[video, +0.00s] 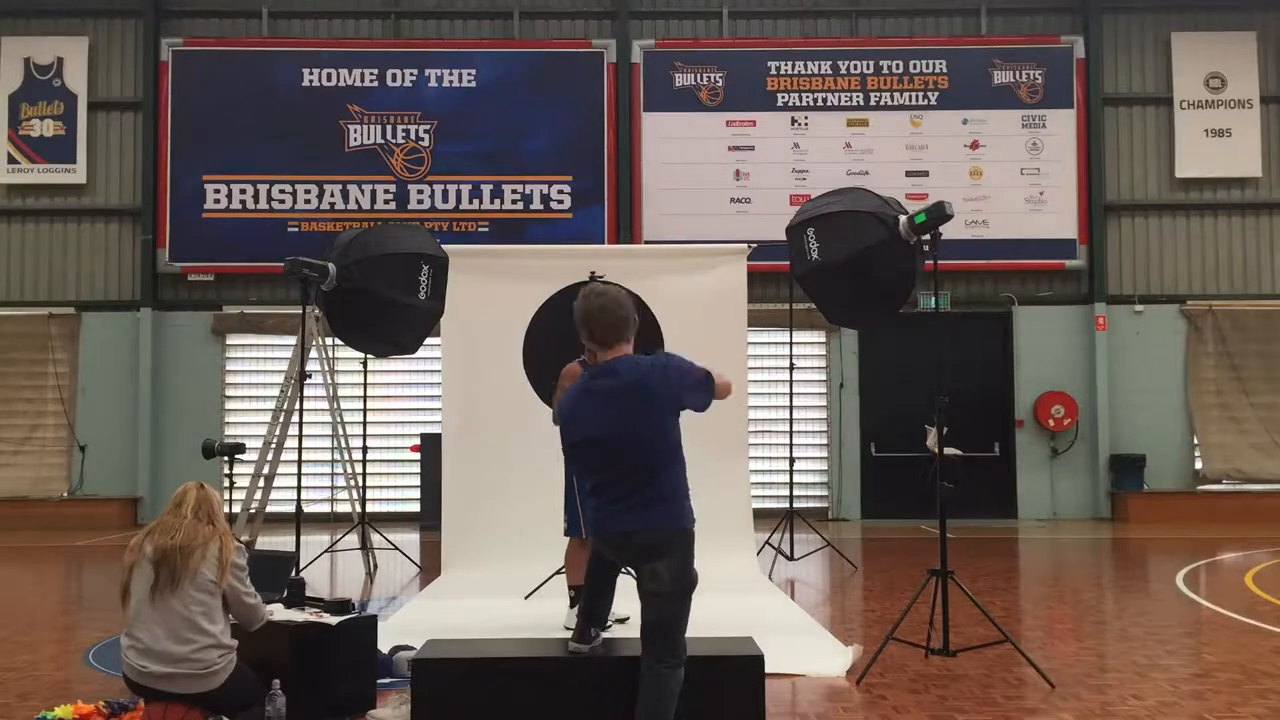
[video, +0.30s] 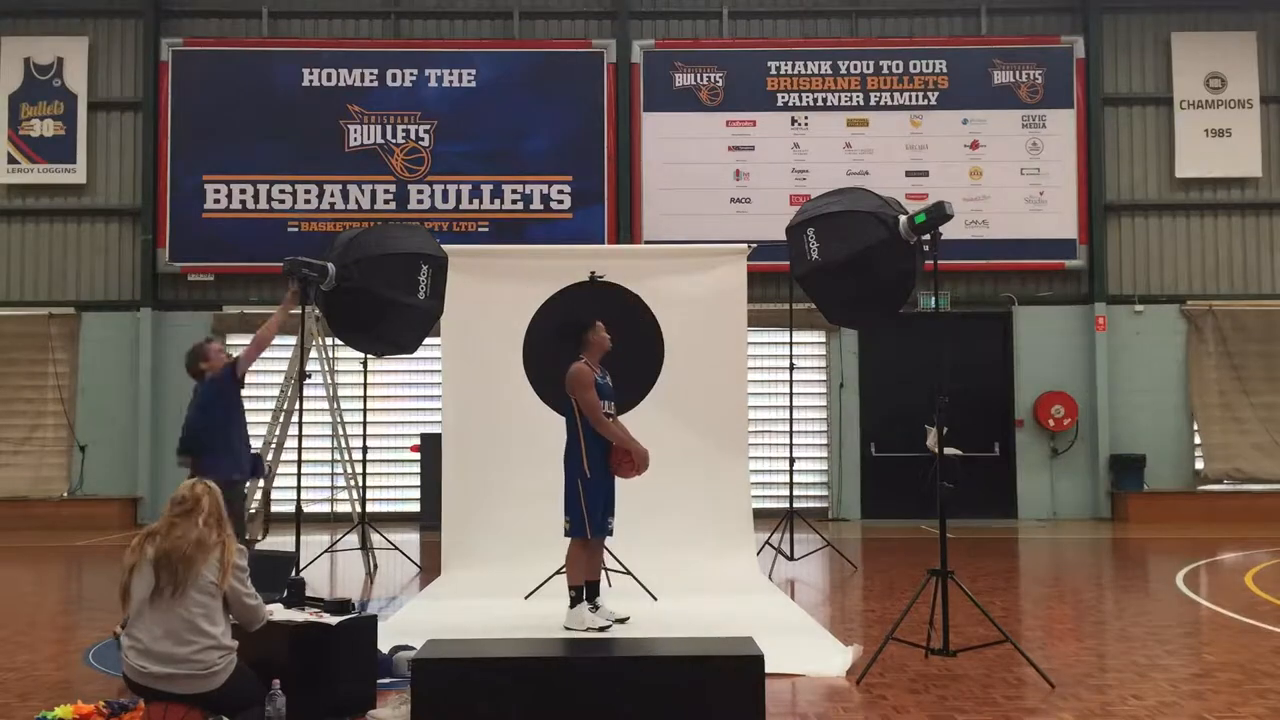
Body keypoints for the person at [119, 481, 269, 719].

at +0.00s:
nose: (223, 517)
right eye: (221, 511)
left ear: (173, 508)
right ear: (214, 512)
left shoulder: (142, 540)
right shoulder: (224, 546)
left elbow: (132, 604)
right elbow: (253, 618)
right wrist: (261, 613)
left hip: (140, 679)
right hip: (204, 681)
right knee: (255, 702)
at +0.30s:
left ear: (173, 509)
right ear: (218, 514)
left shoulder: (144, 543)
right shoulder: (226, 550)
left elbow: (130, 608)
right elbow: (253, 618)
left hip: (140, 679)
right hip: (205, 681)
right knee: (255, 703)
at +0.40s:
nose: (230, 515)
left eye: (227, 506)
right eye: (223, 506)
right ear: (210, 511)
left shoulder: (155, 538)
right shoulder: (219, 545)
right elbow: (252, 614)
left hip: (156, 672)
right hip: (209, 676)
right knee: (255, 704)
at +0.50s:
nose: (222, 513)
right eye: (219, 506)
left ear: (171, 505)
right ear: (212, 508)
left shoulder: (144, 542)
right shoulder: (222, 547)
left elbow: (134, 606)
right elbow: (252, 616)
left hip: (141, 678)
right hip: (205, 680)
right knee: (255, 703)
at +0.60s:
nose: (222, 515)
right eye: (220, 509)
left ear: (171, 507)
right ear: (212, 510)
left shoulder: (146, 540)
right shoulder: (223, 546)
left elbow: (134, 602)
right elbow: (252, 615)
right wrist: (261, 613)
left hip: (141, 678)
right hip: (205, 680)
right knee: (255, 702)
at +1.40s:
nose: (233, 524)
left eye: (233, 517)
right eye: (232, 517)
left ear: (185, 508)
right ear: (225, 517)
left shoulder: (143, 541)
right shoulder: (227, 553)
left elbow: (131, 609)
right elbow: (235, 627)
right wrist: (246, 589)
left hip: (140, 678)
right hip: (205, 683)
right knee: (254, 703)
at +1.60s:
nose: (220, 516)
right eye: (216, 510)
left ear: (167, 507)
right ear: (210, 512)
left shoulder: (138, 542)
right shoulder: (224, 549)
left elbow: (129, 605)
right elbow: (261, 615)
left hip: (140, 679)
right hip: (205, 683)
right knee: (255, 700)